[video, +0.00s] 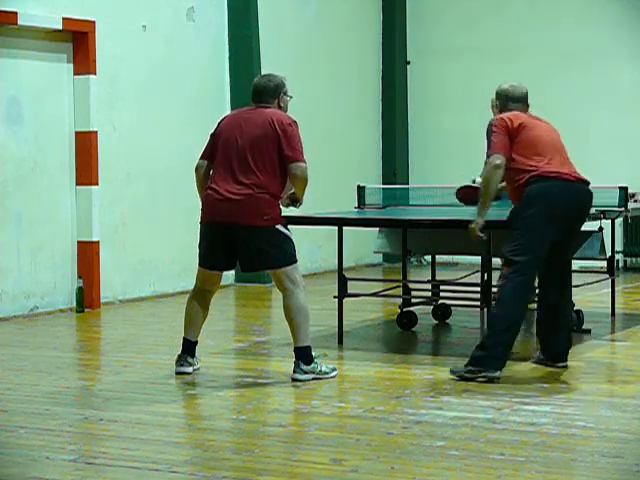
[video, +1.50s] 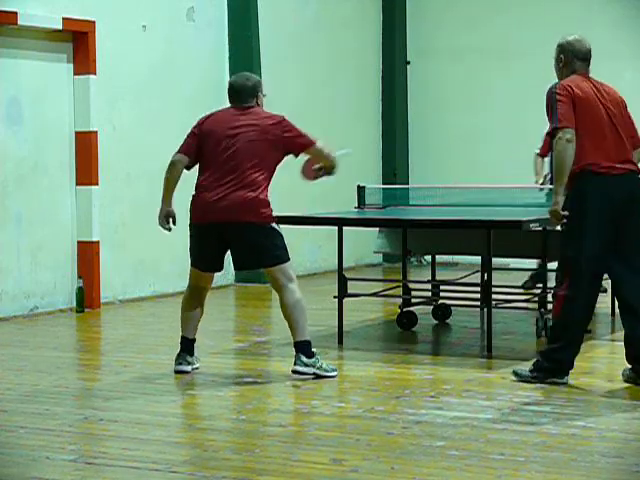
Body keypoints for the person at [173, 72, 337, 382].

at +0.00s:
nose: (289, 103)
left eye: (288, 98)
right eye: (287, 98)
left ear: (255, 99)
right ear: (278, 99)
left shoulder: (228, 120)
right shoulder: (284, 122)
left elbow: (202, 168)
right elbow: (298, 172)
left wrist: (210, 202)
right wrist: (297, 194)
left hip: (215, 214)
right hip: (260, 215)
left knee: (203, 288)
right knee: (292, 286)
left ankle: (186, 356)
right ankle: (304, 361)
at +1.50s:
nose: (265, 99)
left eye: (262, 95)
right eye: (263, 95)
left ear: (229, 98)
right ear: (259, 98)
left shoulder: (208, 123)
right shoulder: (275, 124)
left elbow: (177, 163)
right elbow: (326, 159)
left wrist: (166, 204)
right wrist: (321, 168)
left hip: (206, 216)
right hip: (252, 215)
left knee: (197, 287)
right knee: (286, 283)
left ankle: (185, 354)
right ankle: (305, 355)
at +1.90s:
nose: (244, 103)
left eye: (242, 98)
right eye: (242, 99)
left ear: (209, 105)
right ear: (235, 102)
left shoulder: (190, 135)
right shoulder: (253, 130)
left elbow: (158, 179)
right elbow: (291, 167)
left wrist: (147, 221)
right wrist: (298, 198)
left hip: (200, 228)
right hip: (245, 225)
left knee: (195, 287)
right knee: (282, 288)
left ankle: (185, 355)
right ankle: (305, 359)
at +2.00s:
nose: (227, 96)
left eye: (225, 91)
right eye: (225, 92)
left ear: (194, 97)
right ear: (220, 95)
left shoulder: (175, 128)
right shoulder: (235, 124)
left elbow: (147, 174)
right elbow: (258, 162)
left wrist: (140, 213)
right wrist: (278, 195)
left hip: (186, 222)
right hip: (230, 219)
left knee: (189, 287)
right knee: (264, 283)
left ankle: (185, 355)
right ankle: (293, 354)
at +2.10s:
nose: (215, 89)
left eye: (213, 85)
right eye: (213, 85)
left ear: (183, 89)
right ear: (205, 88)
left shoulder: (162, 121)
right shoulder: (219, 116)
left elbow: (137, 167)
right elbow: (237, 157)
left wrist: (139, 206)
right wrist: (261, 193)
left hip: (173, 218)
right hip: (215, 215)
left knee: (185, 284)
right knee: (245, 278)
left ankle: (184, 355)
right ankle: (246, 354)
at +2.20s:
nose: (204, 84)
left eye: (202, 79)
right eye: (201, 80)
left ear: (172, 84)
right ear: (193, 83)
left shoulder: (152, 116)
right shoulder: (206, 111)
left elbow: (131, 167)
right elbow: (224, 155)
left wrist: (138, 204)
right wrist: (248, 187)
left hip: (161, 214)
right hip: (201, 212)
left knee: (180, 282)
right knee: (223, 281)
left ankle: (183, 355)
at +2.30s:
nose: (195, 84)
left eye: (193, 79)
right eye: (192, 79)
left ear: (163, 83)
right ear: (184, 82)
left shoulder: (143, 115)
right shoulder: (195, 111)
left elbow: (123, 166)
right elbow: (217, 159)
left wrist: (132, 200)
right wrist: (240, 187)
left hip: (147, 214)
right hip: (184, 213)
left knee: (173, 282)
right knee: (197, 285)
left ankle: (183, 354)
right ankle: (146, 344)